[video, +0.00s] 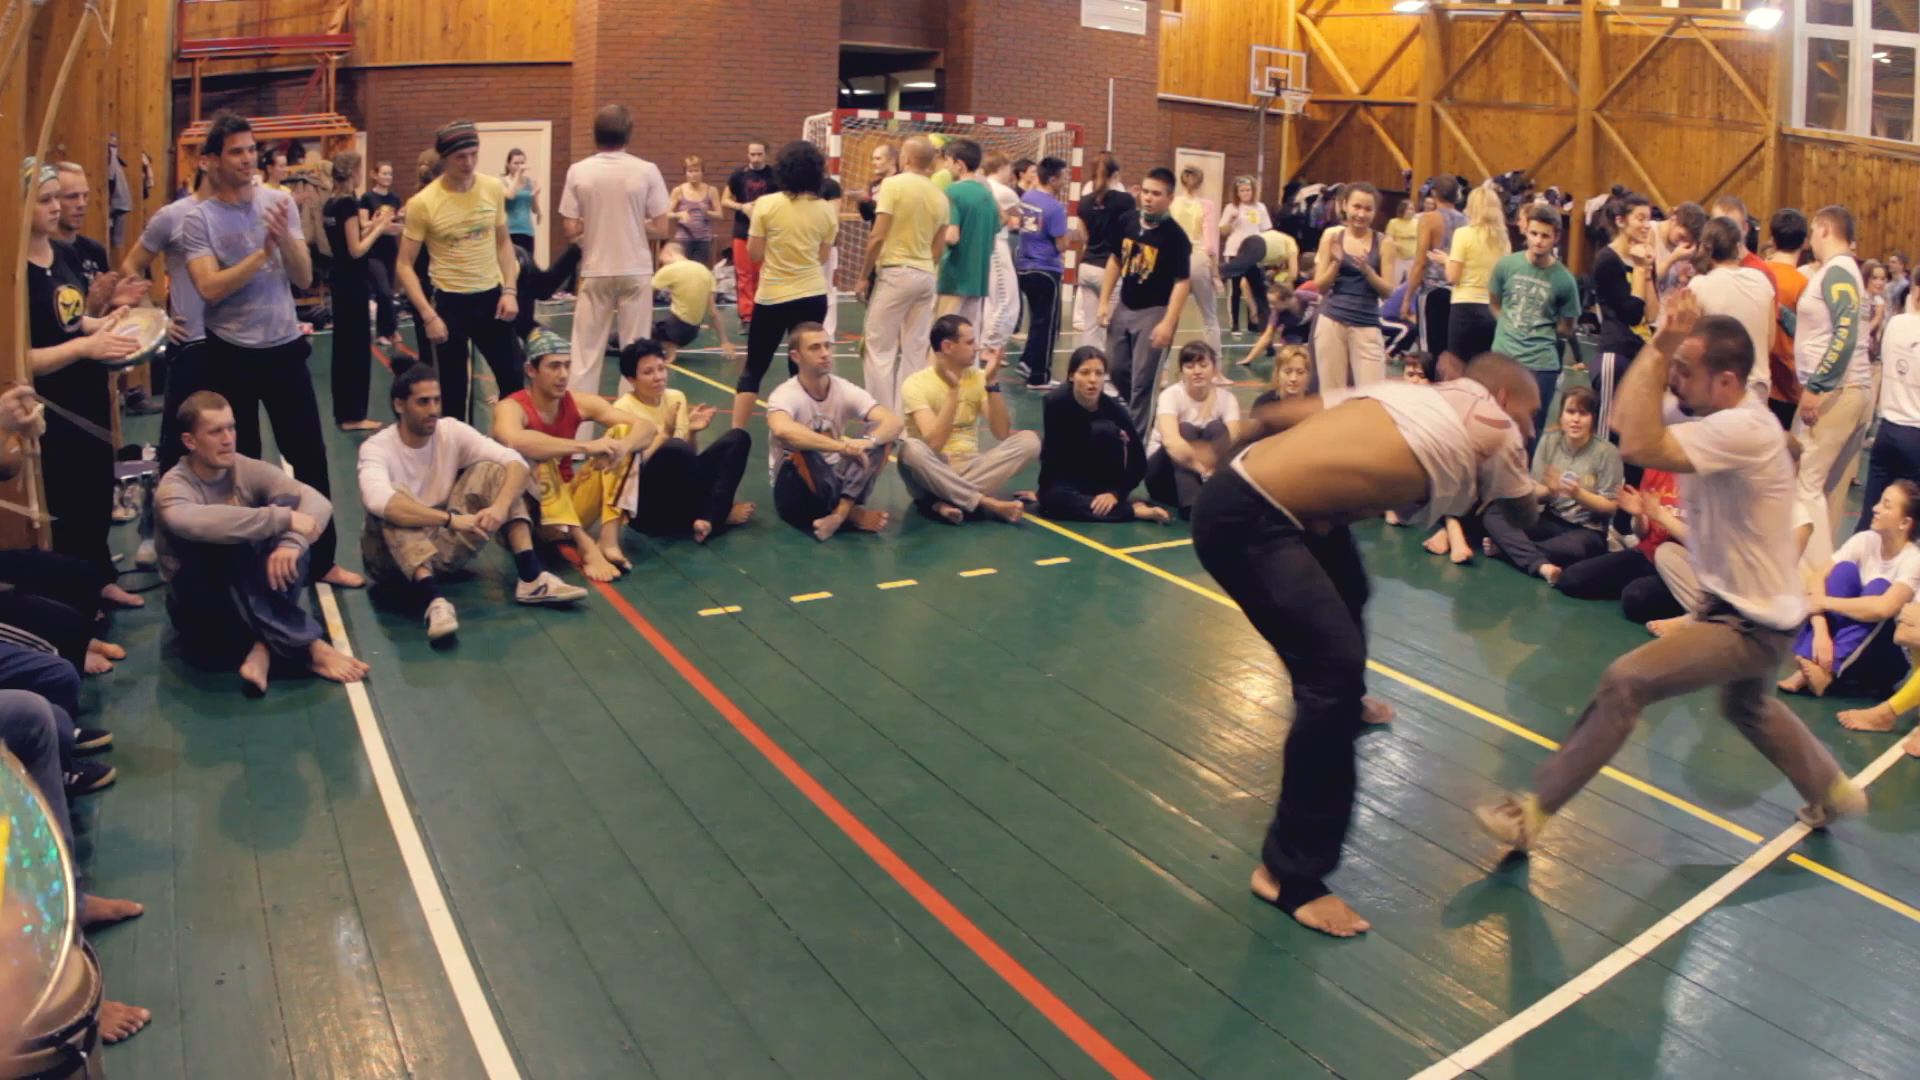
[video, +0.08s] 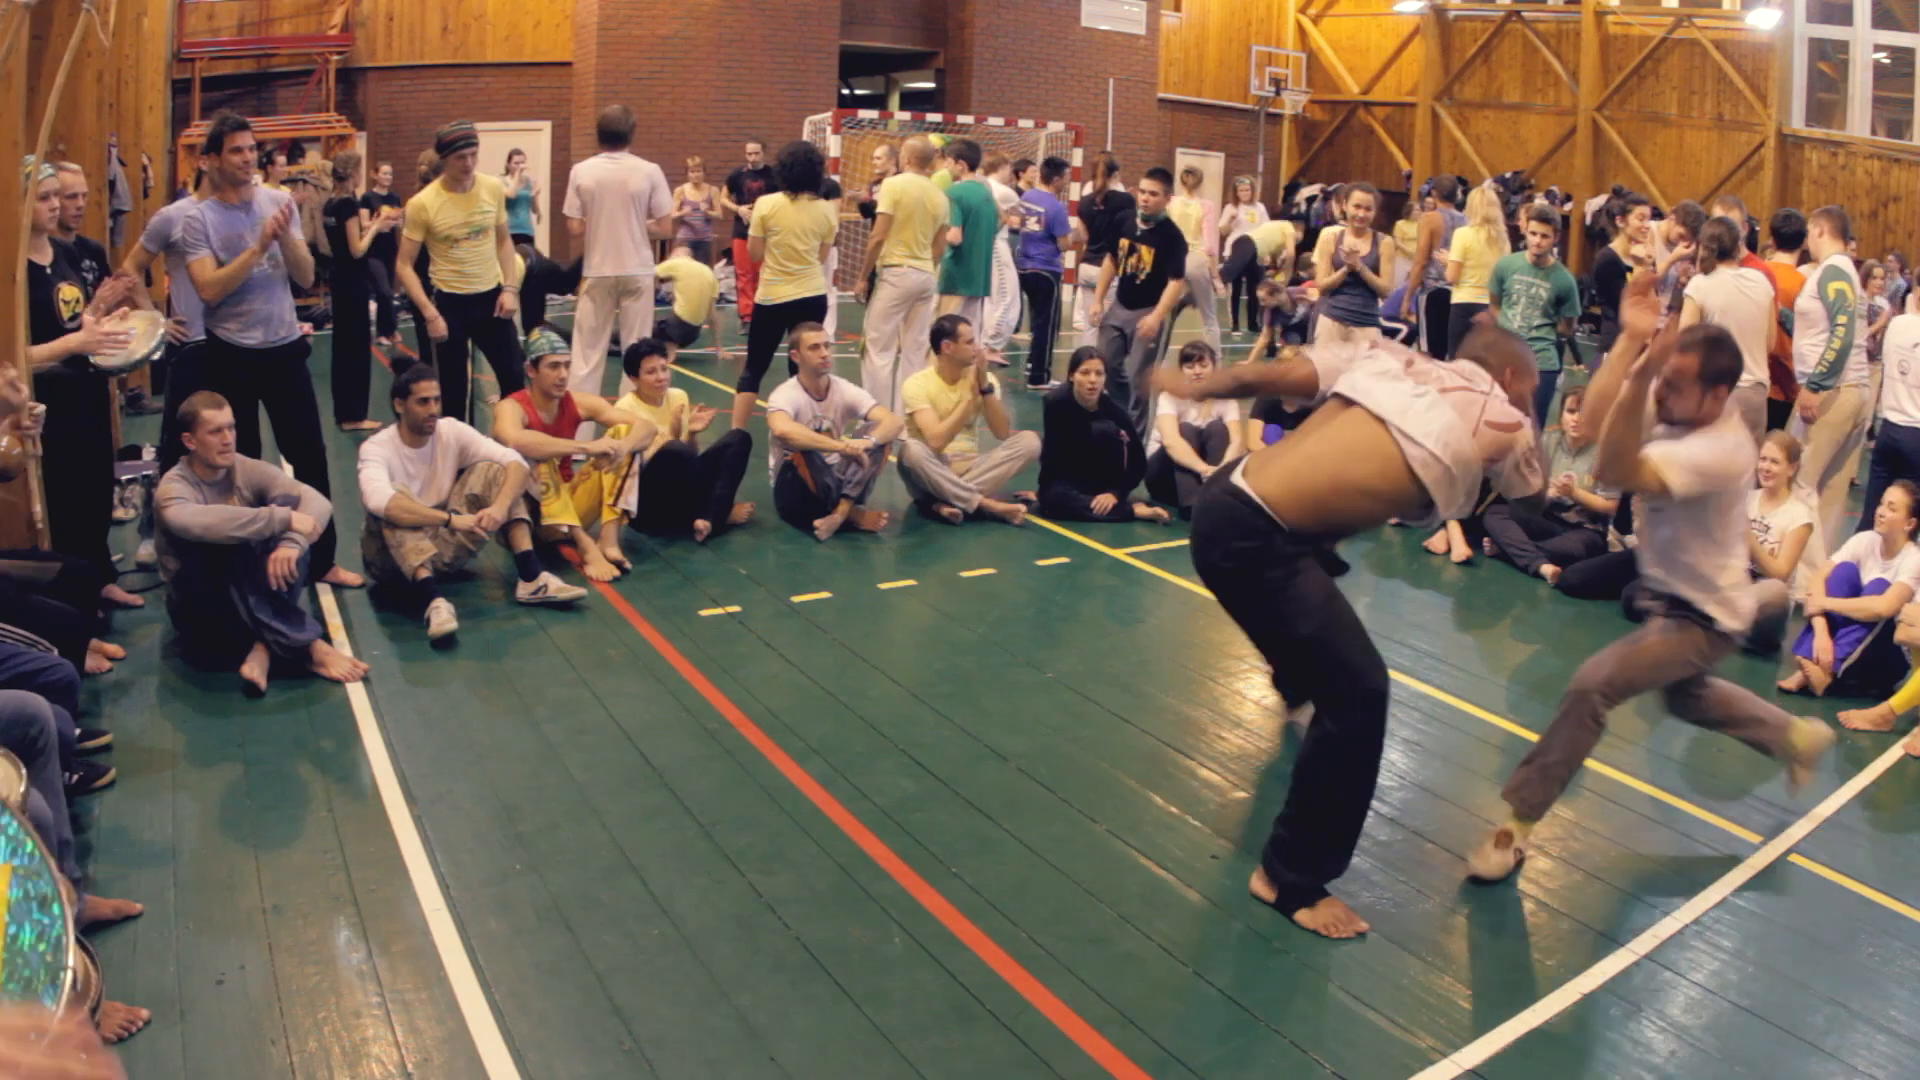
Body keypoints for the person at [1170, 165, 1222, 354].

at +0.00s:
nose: (1189, 185)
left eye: (1187, 180)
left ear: (1182, 182)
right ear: (1200, 183)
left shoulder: (1172, 204)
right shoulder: (1206, 206)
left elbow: (1164, 235)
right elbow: (1211, 244)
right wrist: (1215, 273)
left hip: (1174, 256)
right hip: (1197, 257)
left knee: (1168, 314)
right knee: (1210, 317)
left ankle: (1159, 367)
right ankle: (1215, 362)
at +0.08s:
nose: (1188, 185)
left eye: (1186, 181)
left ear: (1182, 182)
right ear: (1200, 183)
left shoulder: (1171, 204)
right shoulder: (1206, 207)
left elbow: (1163, 235)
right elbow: (1210, 245)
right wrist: (1215, 275)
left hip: (1173, 255)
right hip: (1196, 256)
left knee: (1165, 314)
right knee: (1209, 315)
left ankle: (1157, 362)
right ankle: (1215, 359)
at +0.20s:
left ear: (1182, 182)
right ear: (1199, 184)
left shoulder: (1169, 203)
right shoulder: (1206, 207)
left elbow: (1161, 235)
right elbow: (1210, 244)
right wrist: (1216, 278)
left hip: (1172, 257)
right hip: (1197, 260)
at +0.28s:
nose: (1189, 186)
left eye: (1186, 182)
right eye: (1194, 182)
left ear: (1182, 183)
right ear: (1200, 184)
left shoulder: (1169, 204)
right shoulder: (1207, 208)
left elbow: (1159, 233)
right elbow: (1209, 247)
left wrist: (1158, 260)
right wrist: (1218, 280)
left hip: (1175, 253)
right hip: (1197, 256)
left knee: (1167, 310)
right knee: (1212, 311)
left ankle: (1162, 354)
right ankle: (1217, 356)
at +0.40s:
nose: (1195, 188)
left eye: (1190, 183)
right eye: (1200, 185)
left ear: (1185, 184)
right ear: (1204, 185)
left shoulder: (1172, 204)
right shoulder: (1208, 208)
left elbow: (1161, 233)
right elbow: (1212, 246)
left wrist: (1155, 261)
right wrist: (1225, 278)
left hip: (1175, 253)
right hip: (1198, 255)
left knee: (1167, 315)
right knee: (1214, 314)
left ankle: (1163, 372)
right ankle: (1221, 363)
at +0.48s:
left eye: (1190, 181)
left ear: (1188, 182)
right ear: (1207, 184)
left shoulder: (1176, 203)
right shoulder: (1212, 206)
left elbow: (1162, 236)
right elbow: (1217, 244)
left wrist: (1174, 249)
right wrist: (1230, 274)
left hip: (1178, 253)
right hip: (1201, 255)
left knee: (1170, 314)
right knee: (1214, 311)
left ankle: (1163, 372)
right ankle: (1211, 363)